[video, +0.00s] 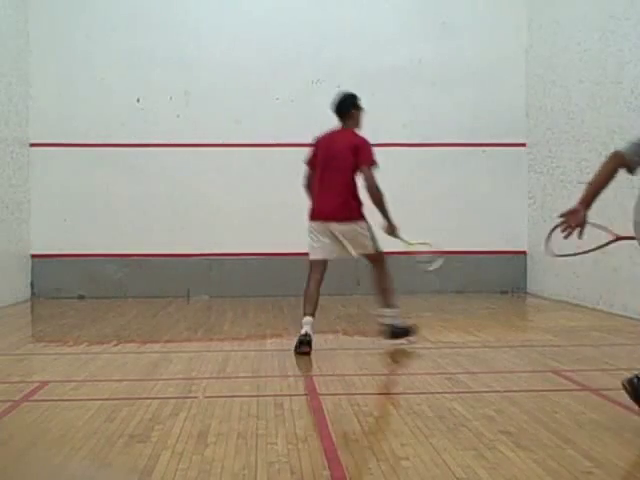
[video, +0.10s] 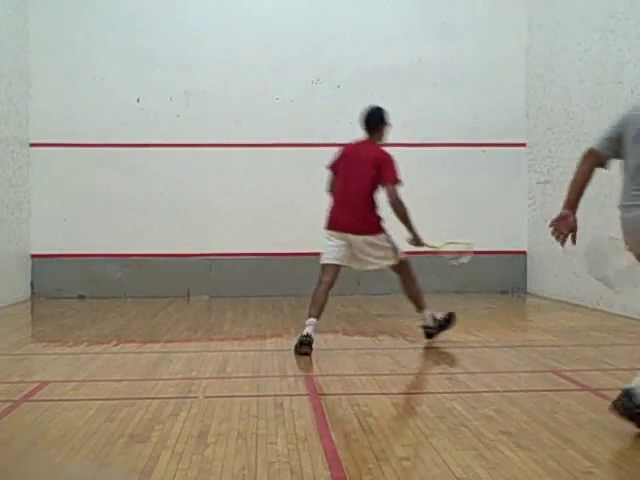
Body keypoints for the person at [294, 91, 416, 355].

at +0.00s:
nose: (362, 116)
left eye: (360, 112)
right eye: (359, 112)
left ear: (339, 115)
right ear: (353, 114)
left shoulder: (321, 141)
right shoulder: (358, 142)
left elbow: (308, 182)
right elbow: (371, 185)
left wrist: (322, 206)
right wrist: (388, 220)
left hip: (319, 216)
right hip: (347, 216)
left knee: (315, 273)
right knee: (378, 262)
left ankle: (305, 331)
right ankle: (391, 321)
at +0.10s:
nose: (386, 130)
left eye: (385, 126)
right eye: (385, 126)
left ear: (365, 127)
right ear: (381, 128)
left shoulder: (347, 151)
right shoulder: (382, 157)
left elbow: (332, 187)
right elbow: (394, 200)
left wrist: (352, 203)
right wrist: (412, 232)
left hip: (337, 223)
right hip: (366, 226)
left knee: (325, 280)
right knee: (403, 269)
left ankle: (307, 333)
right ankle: (428, 321)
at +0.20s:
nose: (417, 136)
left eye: (416, 131)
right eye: (416, 132)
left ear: (396, 132)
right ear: (412, 134)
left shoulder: (379, 154)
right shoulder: (410, 164)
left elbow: (356, 184)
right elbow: (417, 207)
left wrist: (369, 206)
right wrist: (435, 238)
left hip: (365, 226)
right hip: (392, 229)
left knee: (352, 276)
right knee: (428, 267)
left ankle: (324, 314)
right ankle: (439, 325)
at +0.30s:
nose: (443, 142)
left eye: (441, 138)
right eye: (443, 139)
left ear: (423, 137)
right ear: (441, 140)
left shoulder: (404, 157)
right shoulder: (434, 168)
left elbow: (379, 184)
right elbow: (439, 210)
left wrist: (387, 212)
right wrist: (457, 242)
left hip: (387, 225)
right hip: (411, 227)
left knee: (391, 281)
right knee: (444, 267)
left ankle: (363, 303)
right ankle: (440, 325)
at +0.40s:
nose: (464, 146)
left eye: (462, 142)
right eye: (464, 142)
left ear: (443, 139)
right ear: (461, 144)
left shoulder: (424, 157)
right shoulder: (453, 169)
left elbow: (396, 182)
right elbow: (457, 209)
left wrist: (396, 212)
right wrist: (479, 238)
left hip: (401, 221)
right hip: (423, 224)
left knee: (431, 263)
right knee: (454, 267)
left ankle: (407, 302)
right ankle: (441, 324)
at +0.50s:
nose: (481, 150)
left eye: (480, 146)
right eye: (481, 146)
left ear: (461, 143)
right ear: (479, 147)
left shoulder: (442, 158)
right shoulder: (468, 170)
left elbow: (411, 175)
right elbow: (472, 208)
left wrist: (399, 201)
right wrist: (495, 227)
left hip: (416, 220)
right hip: (434, 224)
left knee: (452, 268)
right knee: (461, 271)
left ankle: (446, 315)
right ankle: (441, 323)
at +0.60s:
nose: (496, 160)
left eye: (496, 154)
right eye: (495, 154)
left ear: (476, 150)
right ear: (490, 155)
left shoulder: (459, 162)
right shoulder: (481, 173)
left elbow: (426, 168)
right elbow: (486, 208)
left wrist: (404, 187)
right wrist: (511, 214)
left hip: (430, 223)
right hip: (447, 228)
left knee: (472, 277)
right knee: (471, 280)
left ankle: (492, 311)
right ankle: (441, 323)